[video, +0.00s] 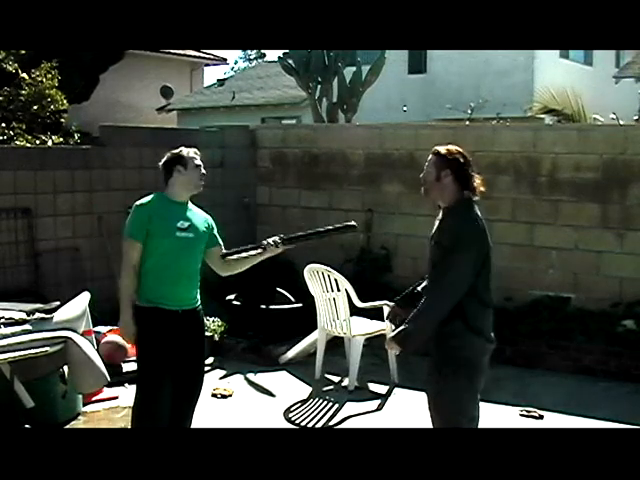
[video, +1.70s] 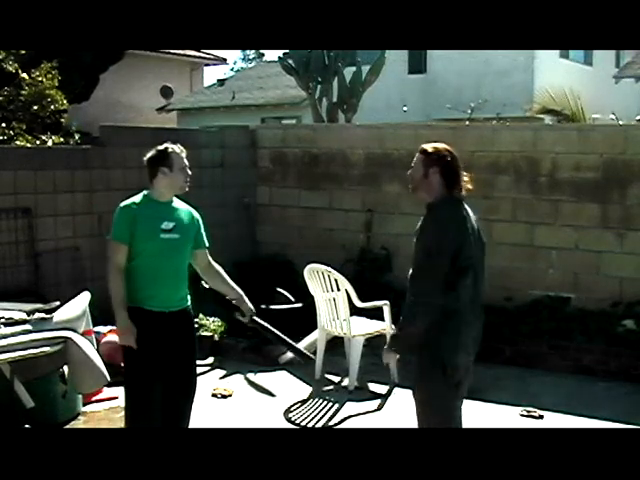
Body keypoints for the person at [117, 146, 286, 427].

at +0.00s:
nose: (204, 172)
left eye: (203, 167)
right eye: (197, 167)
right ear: (177, 171)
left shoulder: (203, 221)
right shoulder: (145, 210)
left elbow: (223, 266)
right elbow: (130, 266)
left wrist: (263, 254)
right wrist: (126, 316)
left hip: (190, 319)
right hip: (153, 318)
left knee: (186, 395)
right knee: (154, 395)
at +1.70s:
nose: (189, 174)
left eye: (188, 168)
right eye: (183, 168)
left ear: (170, 174)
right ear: (163, 172)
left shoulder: (190, 216)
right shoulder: (130, 211)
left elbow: (206, 266)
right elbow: (116, 267)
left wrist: (238, 295)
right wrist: (122, 320)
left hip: (180, 320)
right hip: (142, 320)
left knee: (180, 400)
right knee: (143, 402)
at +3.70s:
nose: (205, 174)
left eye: (203, 168)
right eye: (199, 168)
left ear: (185, 175)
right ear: (180, 174)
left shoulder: (205, 219)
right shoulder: (146, 213)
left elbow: (216, 267)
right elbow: (131, 268)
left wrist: (251, 276)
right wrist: (129, 320)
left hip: (192, 320)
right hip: (156, 318)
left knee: (186, 398)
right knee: (153, 399)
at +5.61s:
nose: (195, 172)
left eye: (194, 166)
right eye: (188, 167)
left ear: (176, 174)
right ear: (169, 173)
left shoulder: (194, 219)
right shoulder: (138, 210)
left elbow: (209, 267)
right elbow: (122, 266)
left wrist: (245, 249)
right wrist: (120, 316)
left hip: (184, 319)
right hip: (148, 318)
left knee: (184, 393)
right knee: (149, 395)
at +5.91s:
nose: (195, 172)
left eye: (194, 167)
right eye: (189, 167)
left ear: (175, 174)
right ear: (169, 174)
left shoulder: (195, 218)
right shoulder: (138, 211)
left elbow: (206, 267)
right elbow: (123, 266)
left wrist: (246, 259)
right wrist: (123, 316)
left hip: (185, 319)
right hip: (149, 318)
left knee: (183, 394)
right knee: (149, 397)